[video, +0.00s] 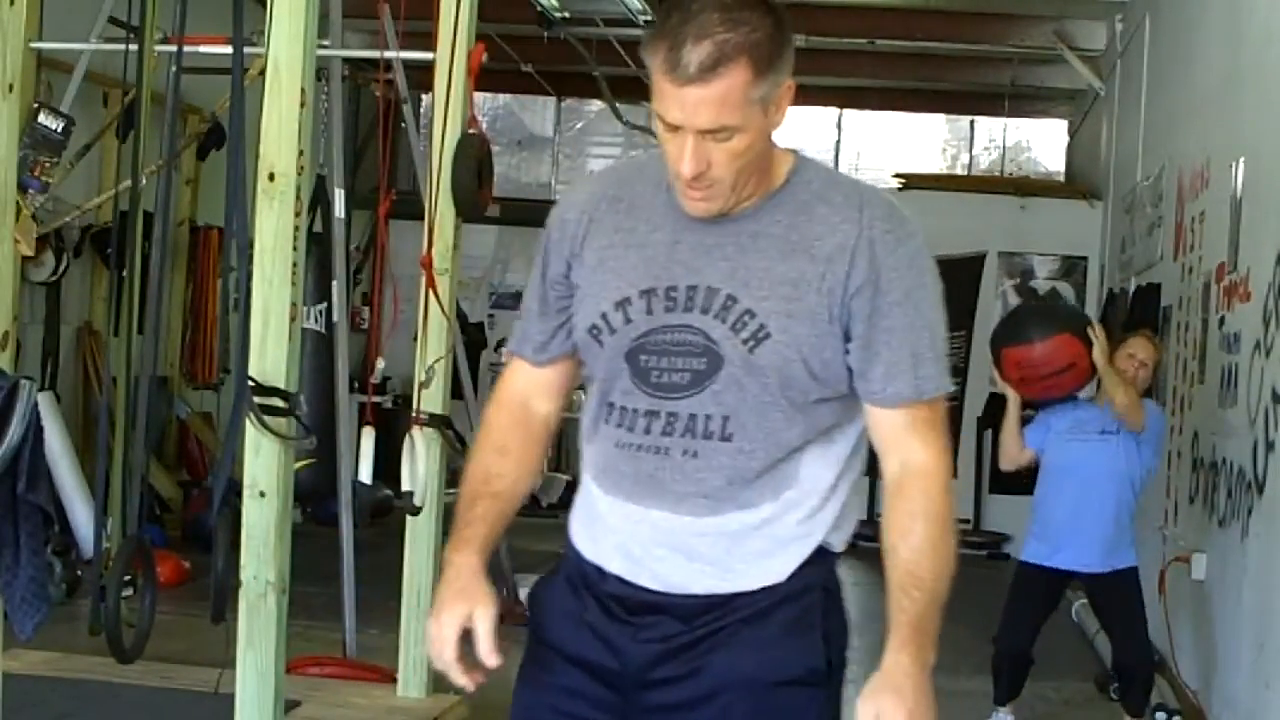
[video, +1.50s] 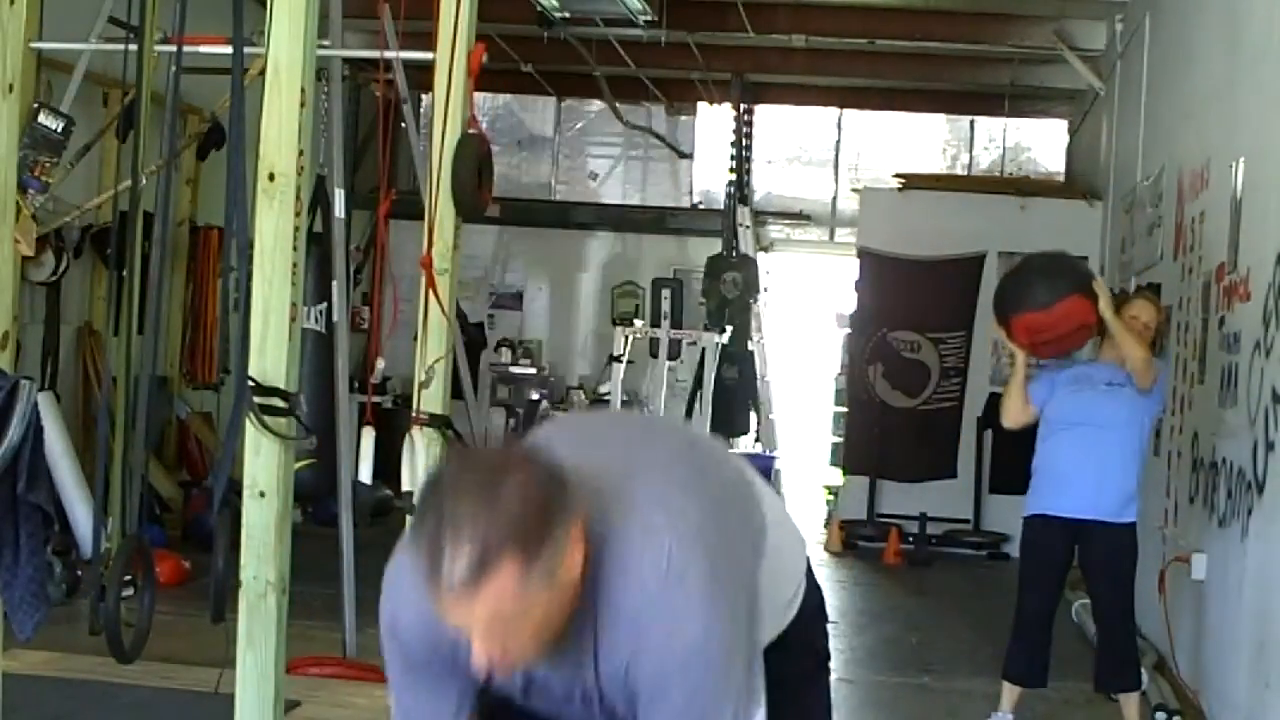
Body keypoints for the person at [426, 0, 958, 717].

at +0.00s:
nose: (688, 164)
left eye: (720, 134)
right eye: (668, 128)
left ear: (780, 104)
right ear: (653, 96)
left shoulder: (865, 235)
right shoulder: (590, 214)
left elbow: (914, 462)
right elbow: (528, 394)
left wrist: (908, 665)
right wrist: (465, 556)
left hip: (760, 635)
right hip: (587, 620)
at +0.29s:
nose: (570, 158)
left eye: (600, 128)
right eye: (550, 125)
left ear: (657, 100)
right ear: (530, 102)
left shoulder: (748, 224)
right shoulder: (476, 218)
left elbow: (799, 447)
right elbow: (411, 407)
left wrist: (797, 647)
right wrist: (357, 571)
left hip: (676, 629)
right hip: (496, 622)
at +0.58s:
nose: (508, 163)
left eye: (532, 129)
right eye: (483, 132)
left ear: (591, 96)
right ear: (463, 114)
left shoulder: (703, 208)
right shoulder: (426, 237)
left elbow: (769, 416)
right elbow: (362, 420)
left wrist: (732, 599)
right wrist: (297, 595)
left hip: (665, 625)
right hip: (489, 622)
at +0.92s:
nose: (573, 211)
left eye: (595, 177)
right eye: (548, 182)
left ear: (659, 138)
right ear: (530, 162)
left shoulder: (782, 255)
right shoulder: (525, 269)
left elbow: (831, 492)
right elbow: (478, 462)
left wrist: (768, 700)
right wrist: (418, 641)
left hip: (750, 631)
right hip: (583, 621)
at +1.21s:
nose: (528, 367)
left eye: (555, 331)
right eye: (510, 333)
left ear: (625, 288)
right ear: (490, 309)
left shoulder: (739, 366)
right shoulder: (477, 376)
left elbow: (777, 628)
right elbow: (468, 590)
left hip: (752, 638)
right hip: (588, 628)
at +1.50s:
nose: (483, 659)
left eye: (505, 624)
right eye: (464, 627)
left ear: (572, 555)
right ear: (432, 587)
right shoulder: (420, 584)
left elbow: (704, 706)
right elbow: (425, 711)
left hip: (758, 598)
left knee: (796, 711)